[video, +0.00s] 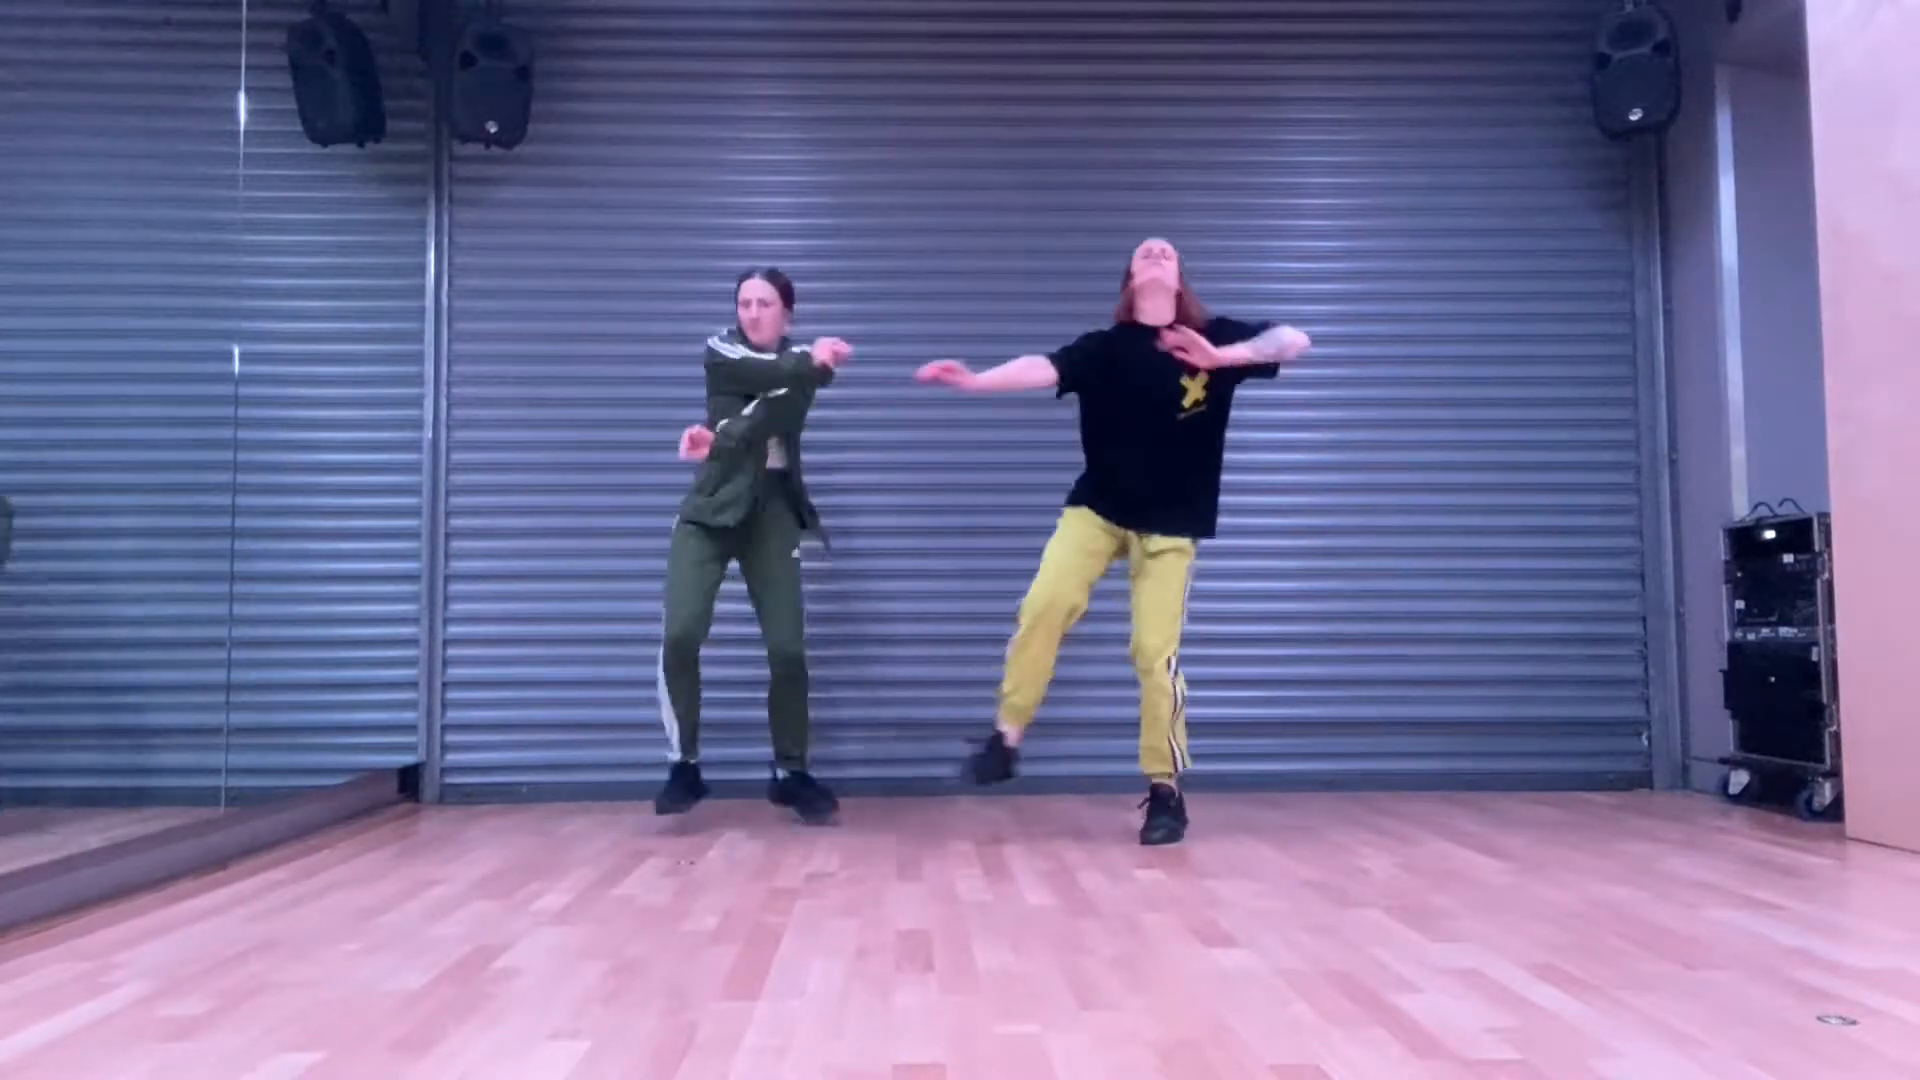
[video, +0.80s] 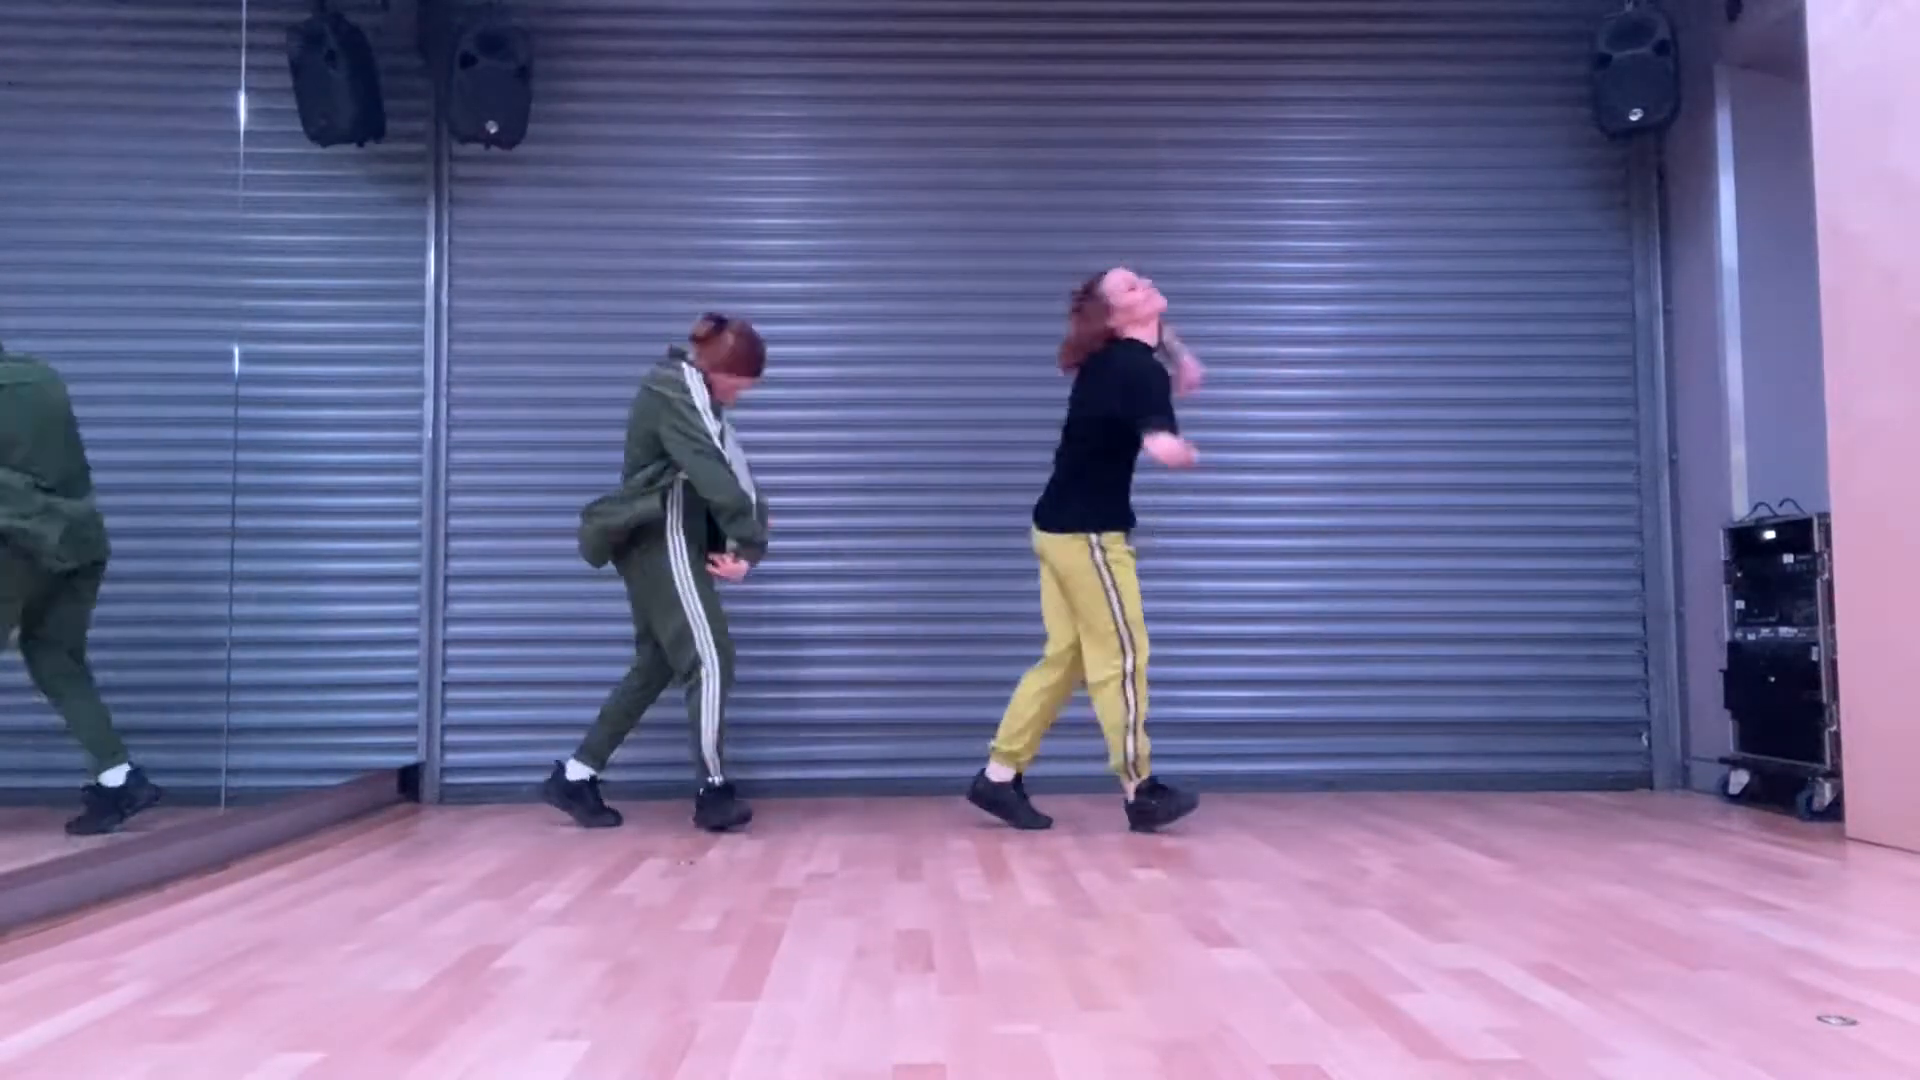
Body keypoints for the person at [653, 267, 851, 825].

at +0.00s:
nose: (753, 312)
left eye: (765, 304)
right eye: (745, 304)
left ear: (788, 314)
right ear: (735, 313)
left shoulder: (804, 366)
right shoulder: (719, 352)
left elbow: (778, 414)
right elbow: (759, 369)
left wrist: (719, 435)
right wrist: (812, 362)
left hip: (772, 507)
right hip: (709, 505)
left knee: (788, 648)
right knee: (680, 635)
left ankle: (790, 774)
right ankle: (684, 768)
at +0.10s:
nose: (735, 340)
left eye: (745, 331)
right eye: (726, 332)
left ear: (767, 339)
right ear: (715, 338)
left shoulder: (787, 375)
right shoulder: (702, 374)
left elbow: (789, 390)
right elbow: (753, 383)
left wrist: (747, 414)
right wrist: (810, 364)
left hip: (761, 544)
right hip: (696, 541)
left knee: (797, 643)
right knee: (699, 665)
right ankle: (703, 793)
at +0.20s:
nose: (723, 347)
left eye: (734, 339)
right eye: (716, 339)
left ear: (755, 347)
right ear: (704, 346)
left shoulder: (770, 393)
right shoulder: (686, 382)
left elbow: (809, 442)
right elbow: (645, 411)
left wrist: (838, 448)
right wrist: (720, 389)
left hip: (748, 556)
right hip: (684, 552)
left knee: (777, 665)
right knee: (693, 673)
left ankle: (698, 638)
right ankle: (704, 795)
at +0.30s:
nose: (714, 330)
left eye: (726, 321)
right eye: (706, 321)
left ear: (746, 332)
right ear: (694, 331)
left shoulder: (772, 394)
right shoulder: (664, 386)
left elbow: (823, 455)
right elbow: (596, 431)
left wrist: (891, 463)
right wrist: (623, 406)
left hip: (742, 549)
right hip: (678, 545)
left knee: (725, 679)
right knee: (693, 669)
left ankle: (628, 705)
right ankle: (704, 795)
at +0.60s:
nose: (685, 341)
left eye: (694, 329)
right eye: (675, 332)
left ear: (711, 334)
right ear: (662, 340)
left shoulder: (742, 389)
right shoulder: (643, 381)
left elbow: (811, 385)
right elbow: (588, 398)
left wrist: (821, 404)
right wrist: (660, 421)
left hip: (720, 545)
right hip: (658, 539)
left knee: (669, 668)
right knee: (679, 662)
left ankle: (605, 777)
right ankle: (704, 792)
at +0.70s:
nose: (707, 363)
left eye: (711, 351)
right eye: (694, 356)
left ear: (717, 343)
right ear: (670, 356)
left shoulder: (723, 377)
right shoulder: (659, 398)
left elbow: (782, 401)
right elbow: (680, 449)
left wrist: (796, 464)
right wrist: (732, 492)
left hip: (704, 542)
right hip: (659, 538)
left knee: (668, 665)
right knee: (693, 660)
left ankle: (589, 774)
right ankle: (705, 791)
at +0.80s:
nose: (740, 396)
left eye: (746, 388)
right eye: (739, 386)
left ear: (718, 365)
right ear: (715, 368)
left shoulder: (697, 394)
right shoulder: (672, 394)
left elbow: (738, 478)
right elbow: (714, 481)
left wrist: (742, 547)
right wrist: (744, 536)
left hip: (665, 542)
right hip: (662, 543)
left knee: (653, 666)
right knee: (708, 658)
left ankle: (577, 775)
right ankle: (712, 790)